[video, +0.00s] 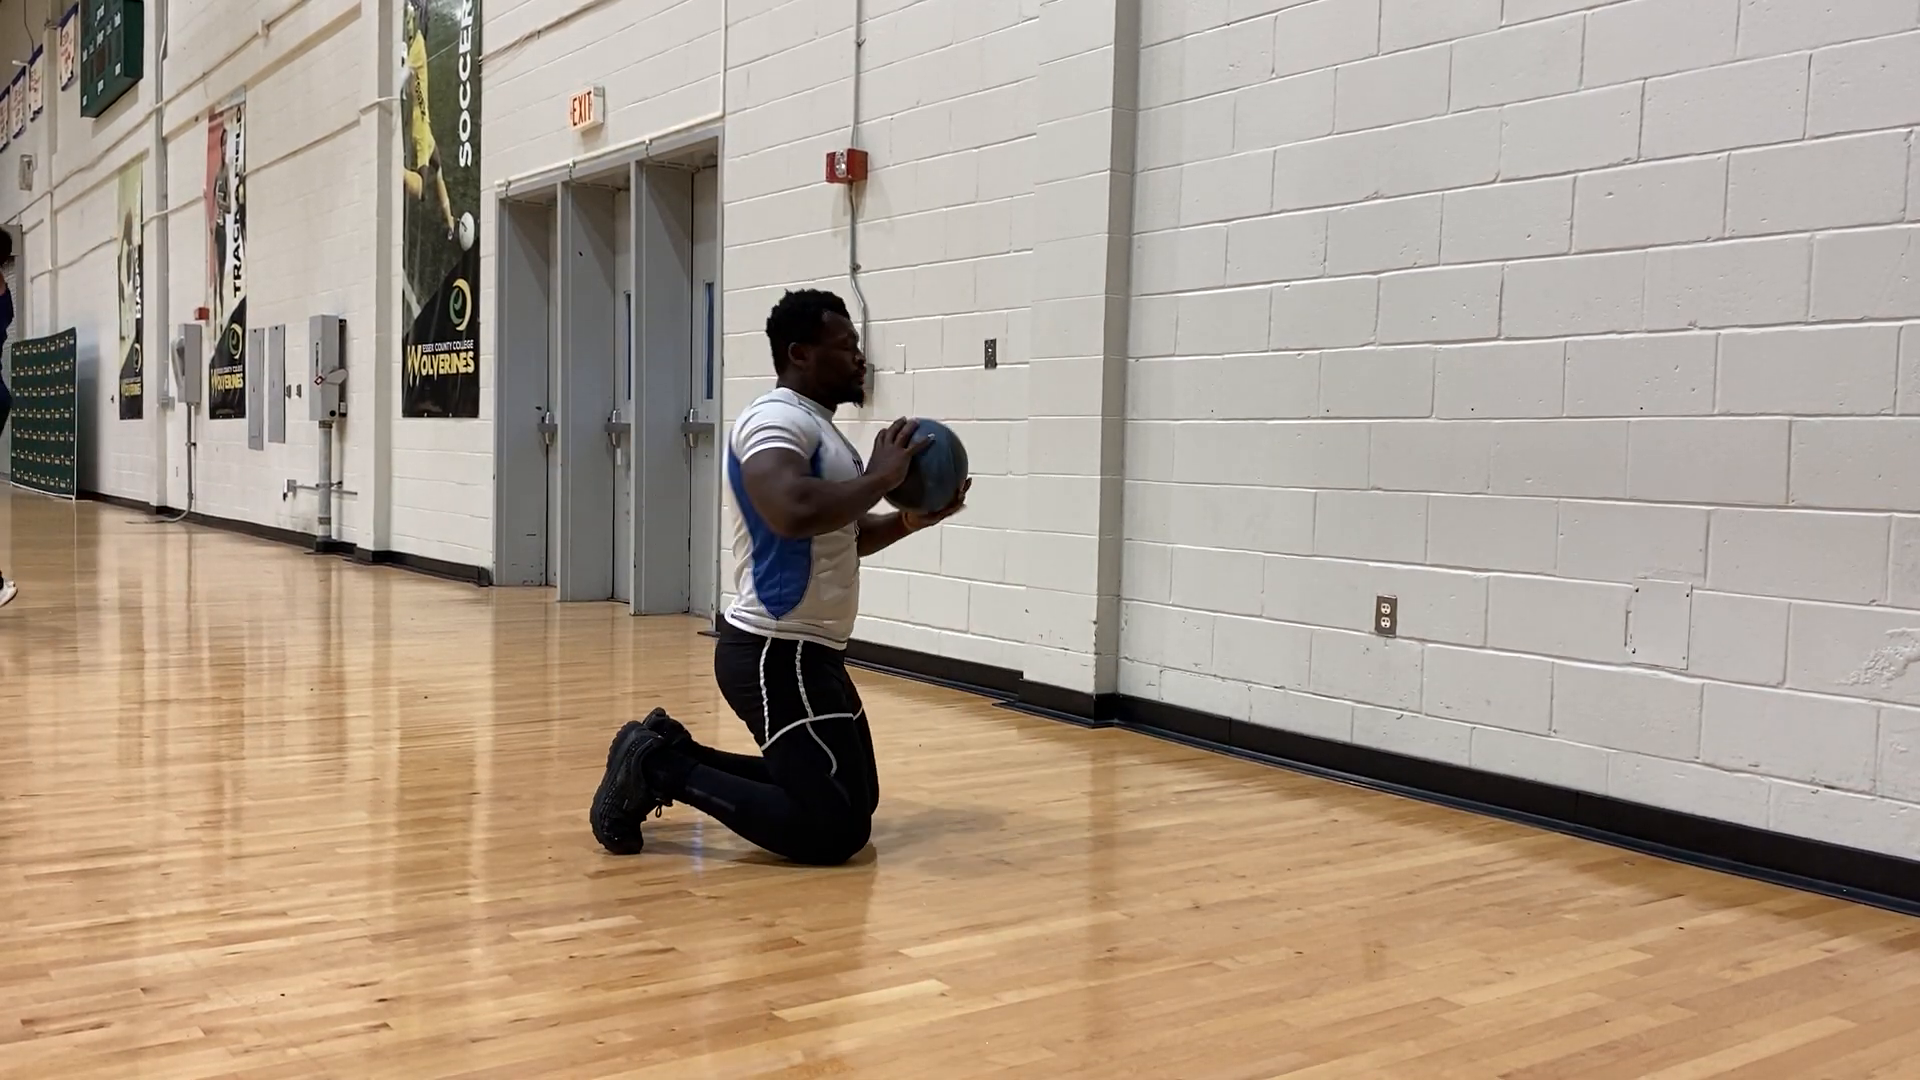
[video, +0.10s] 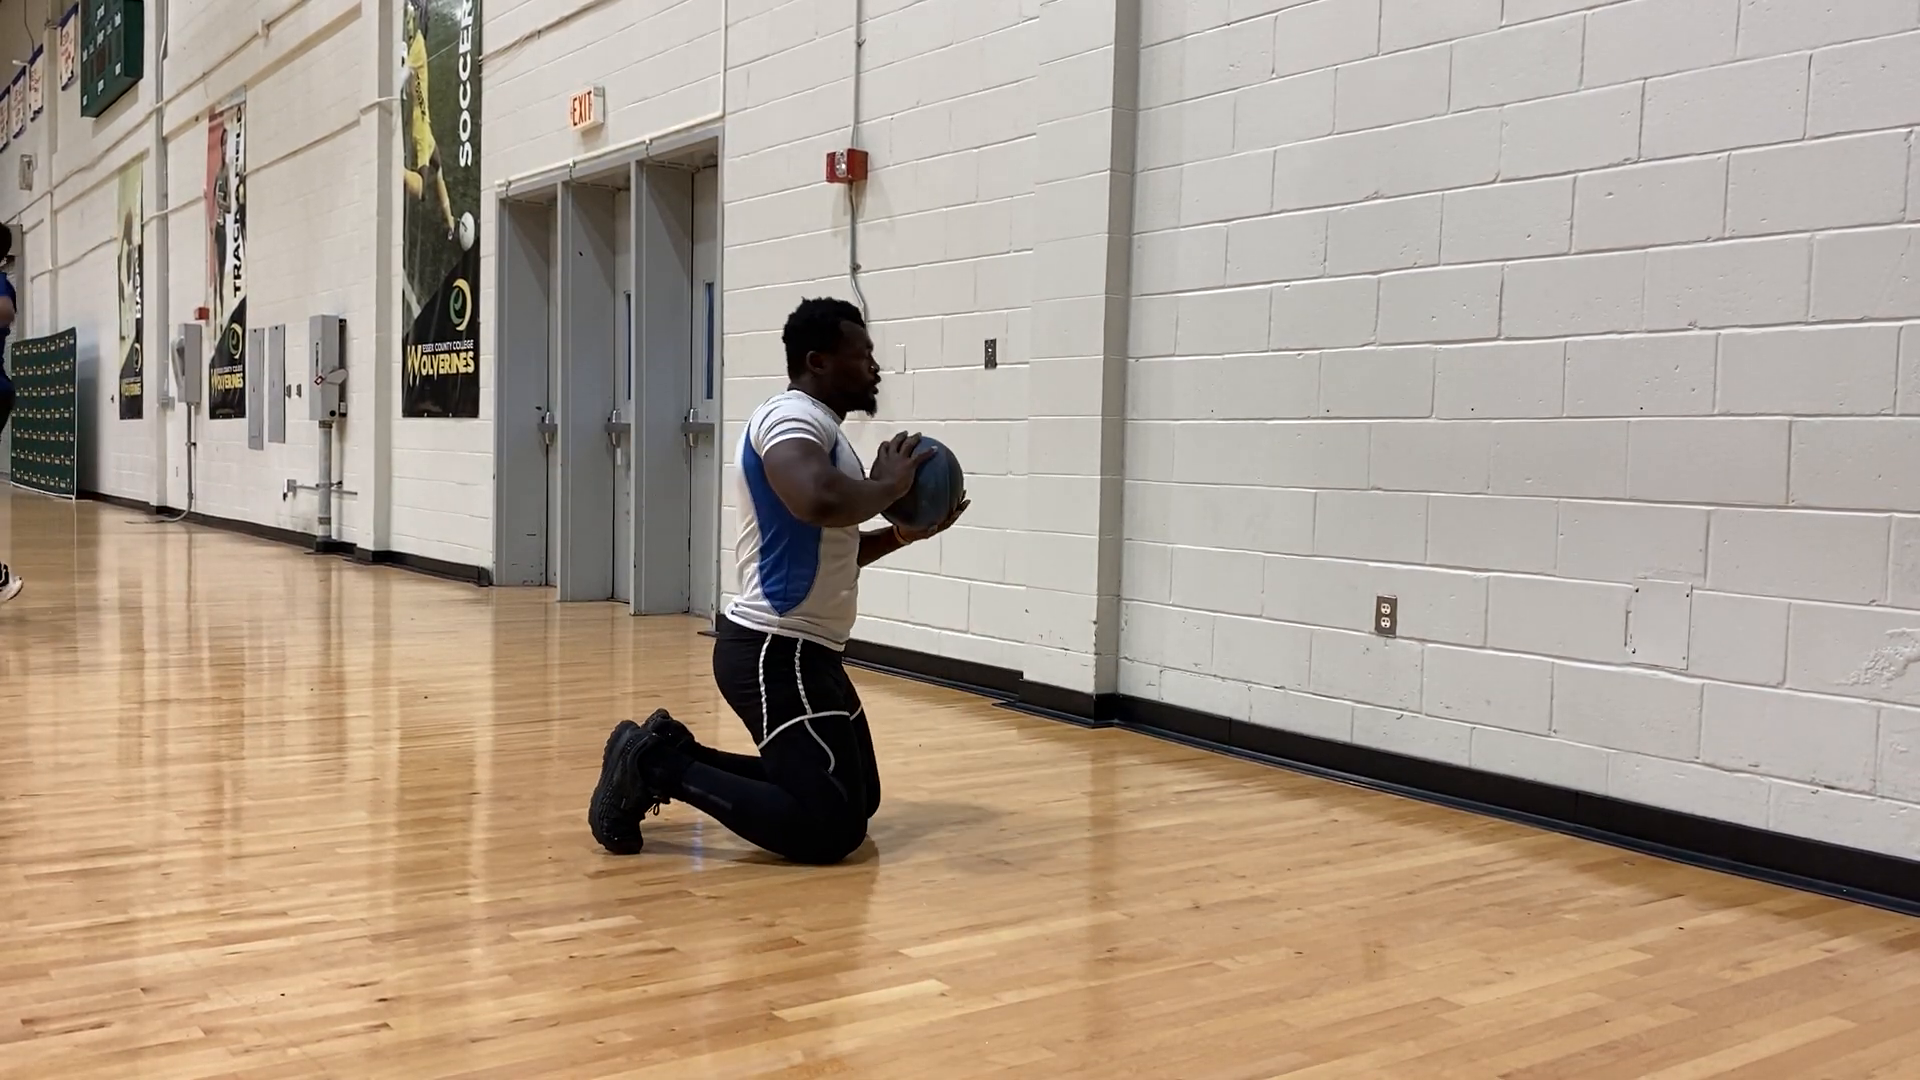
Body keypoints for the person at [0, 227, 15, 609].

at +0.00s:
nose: (8, 269)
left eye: (8, 262)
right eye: (8, 262)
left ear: (7, 262)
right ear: (5, 262)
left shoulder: (6, 295)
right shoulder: (5, 296)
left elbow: (5, 333)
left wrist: (5, 396)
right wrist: (5, 397)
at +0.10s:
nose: (5, 254)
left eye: (4, 247)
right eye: (5, 248)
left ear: (2, 251)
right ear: (5, 252)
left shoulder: (4, 284)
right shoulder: (6, 286)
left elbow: (7, 314)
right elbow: (8, 315)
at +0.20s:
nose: (7, 267)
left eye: (4, 261)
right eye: (6, 262)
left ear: (2, 266)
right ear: (6, 265)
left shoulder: (5, 307)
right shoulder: (5, 307)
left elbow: (9, 360)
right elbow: (9, 359)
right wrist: (3, 382)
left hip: (3, 409)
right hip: (4, 408)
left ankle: (5, 583)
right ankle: (5, 582)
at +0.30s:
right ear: (5, 288)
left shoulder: (5, 333)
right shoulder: (6, 332)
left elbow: (8, 393)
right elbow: (9, 392)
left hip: (5, 441)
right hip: (6, 441)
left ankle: (11, 593)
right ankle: (10, 592)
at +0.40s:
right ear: (8, 265)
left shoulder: (4, 306)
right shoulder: (5, 305)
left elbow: (7, 364)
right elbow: (10, 363)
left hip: (2, 419)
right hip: (4, 418)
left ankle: (8, 586)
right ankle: (6, 585)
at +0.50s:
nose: (14, 253)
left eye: (7, 244)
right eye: (15, 245)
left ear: (1, 250)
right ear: (14, 251)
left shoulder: (8, 285)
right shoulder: (12, 286)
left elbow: (5, 320)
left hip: (4, 394)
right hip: (4, 393)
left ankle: (4, 576)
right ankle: (3, 575)